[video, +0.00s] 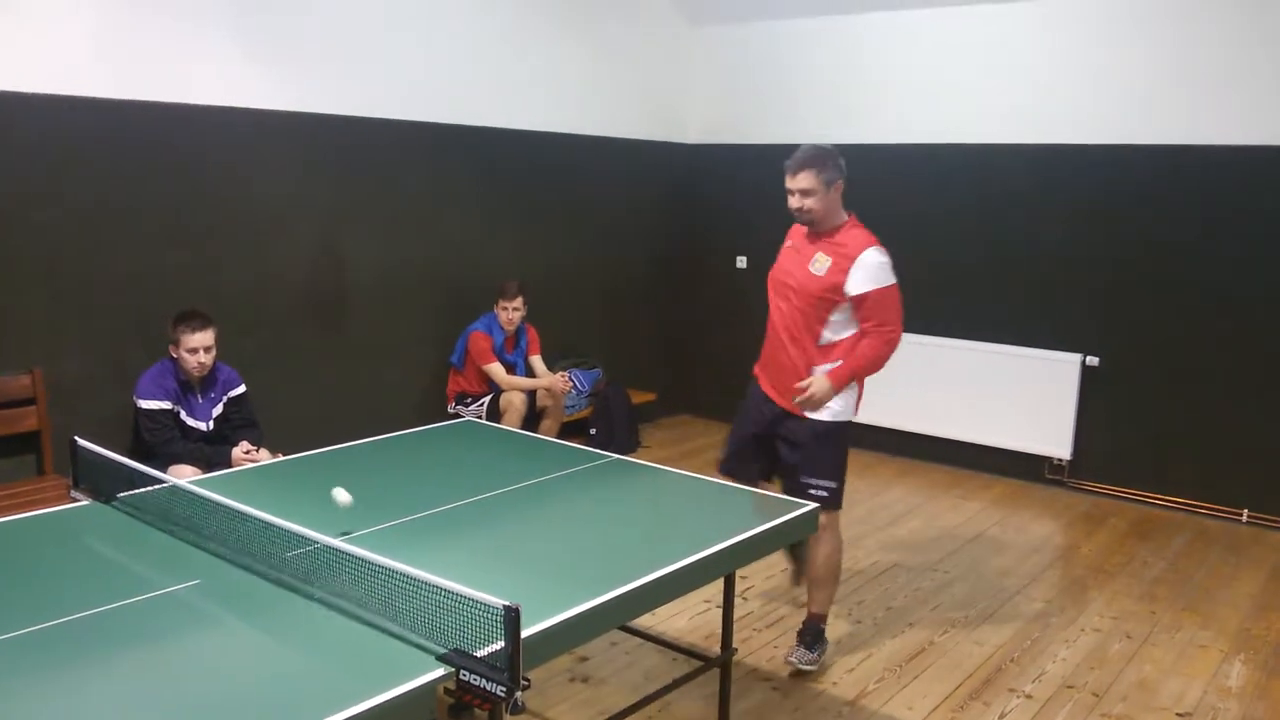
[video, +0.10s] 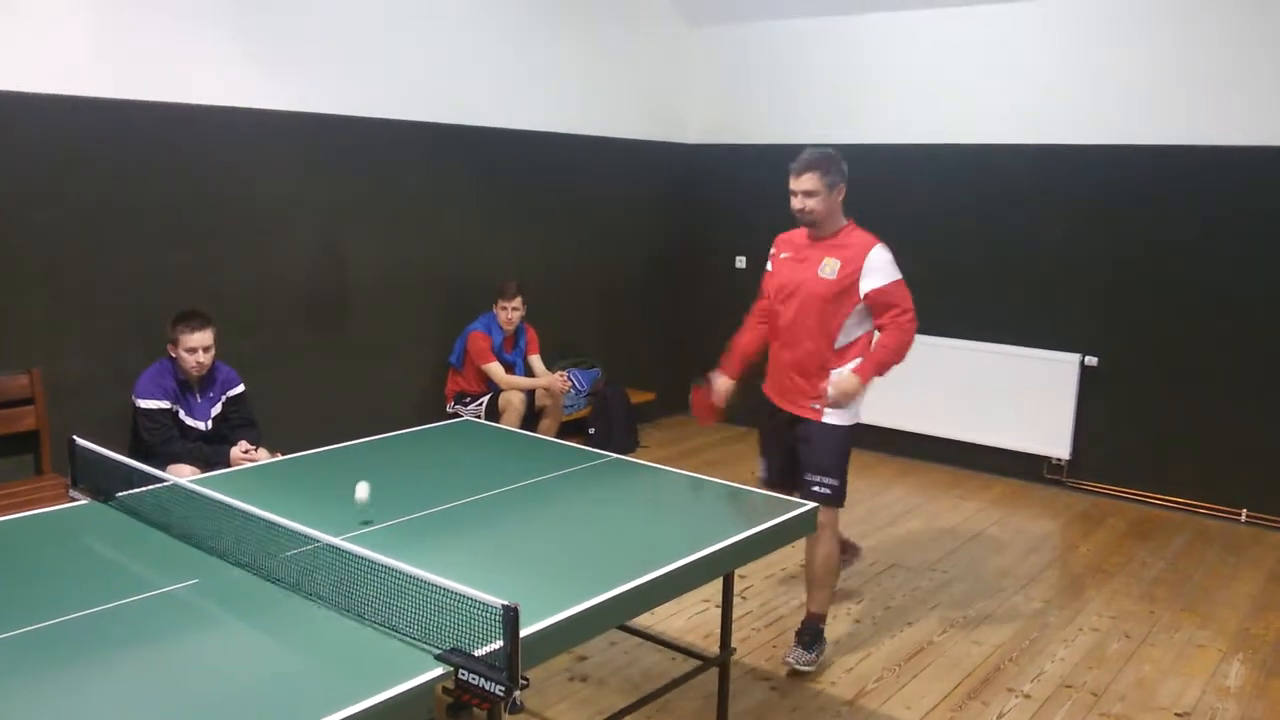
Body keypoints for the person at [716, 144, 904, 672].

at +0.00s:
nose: (796, 203)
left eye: (806, 194)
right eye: (791, 193)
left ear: (838, 190)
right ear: (789, 191)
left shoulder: (866, 255)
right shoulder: (798, 234)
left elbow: (885, 333)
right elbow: (797, 307)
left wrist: (834, 379)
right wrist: (775, 363)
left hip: (820, 412)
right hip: (766, 392)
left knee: (818, 518)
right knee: (734, 477)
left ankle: (813, 629)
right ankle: (790, 534)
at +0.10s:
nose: (799, 204)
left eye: (810, 195)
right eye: (794, 194)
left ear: (839, 193)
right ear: (791, 193)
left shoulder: (868, 253)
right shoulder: (783, 245)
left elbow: (901, 321)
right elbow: (763, 313)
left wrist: (862, 374)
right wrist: (729, 370)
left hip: (828, 409)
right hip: (779, 399)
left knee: (820, 515)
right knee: (777, 494)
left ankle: (811, 628)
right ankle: (838, 547)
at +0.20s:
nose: (791, 213)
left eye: (801, 205)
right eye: (787, 205)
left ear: (832, 205)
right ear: (785, 205)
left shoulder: (860, 264)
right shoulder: (776, 256)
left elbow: (903, 329)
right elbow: (740, 295)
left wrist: (889, 386)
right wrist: (697, 313)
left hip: (835, 408)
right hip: (787, 403)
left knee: (806, 506)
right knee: (810, 493)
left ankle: (805, 626)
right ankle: (848, 557)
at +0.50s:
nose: (778, 194)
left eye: (788, 186)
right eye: (774, 186)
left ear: (817, 189)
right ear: (772, 190)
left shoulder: (848, 248)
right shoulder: (766, 241)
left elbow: (879, 311)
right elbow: (734, 290)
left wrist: (893, 366)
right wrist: (717, 255)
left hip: (825, 387)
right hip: (783, 385)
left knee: (776, 481)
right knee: (808, 479)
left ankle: (769, 600)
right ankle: (844, 552)